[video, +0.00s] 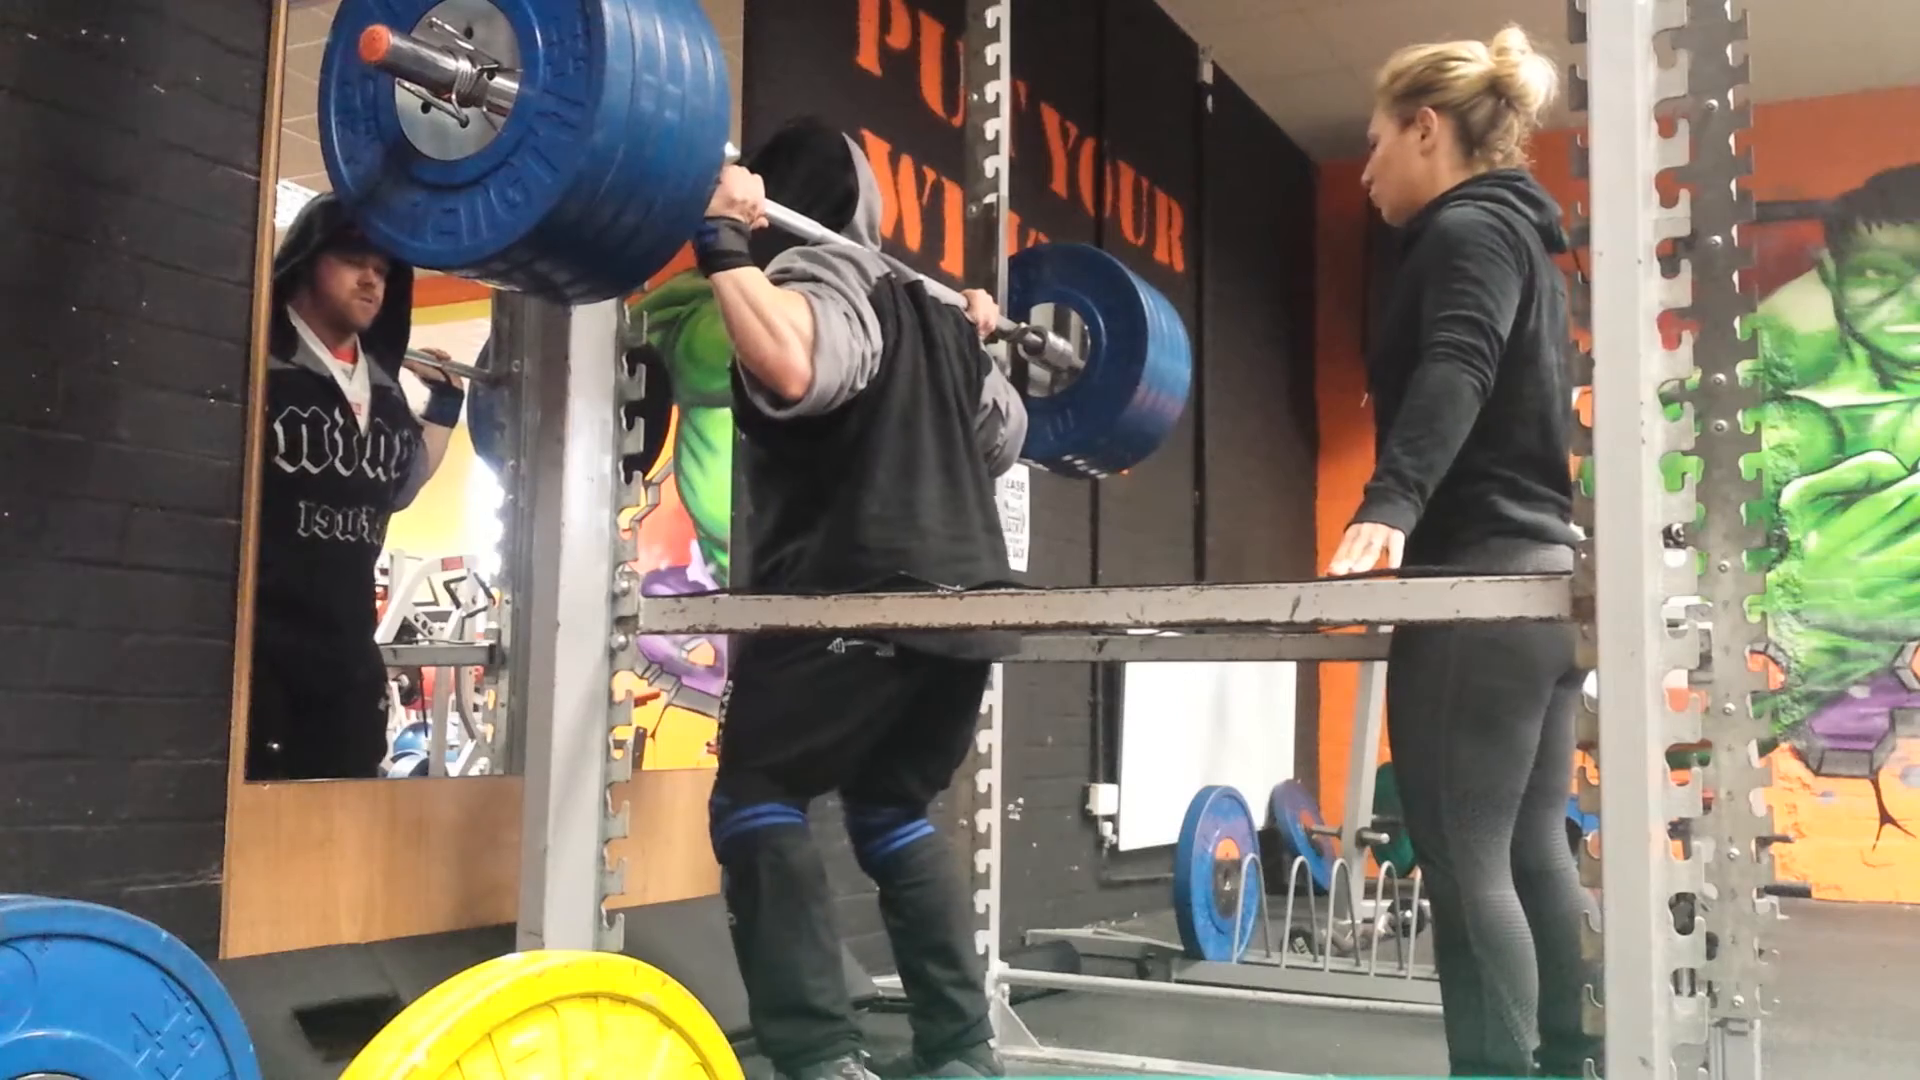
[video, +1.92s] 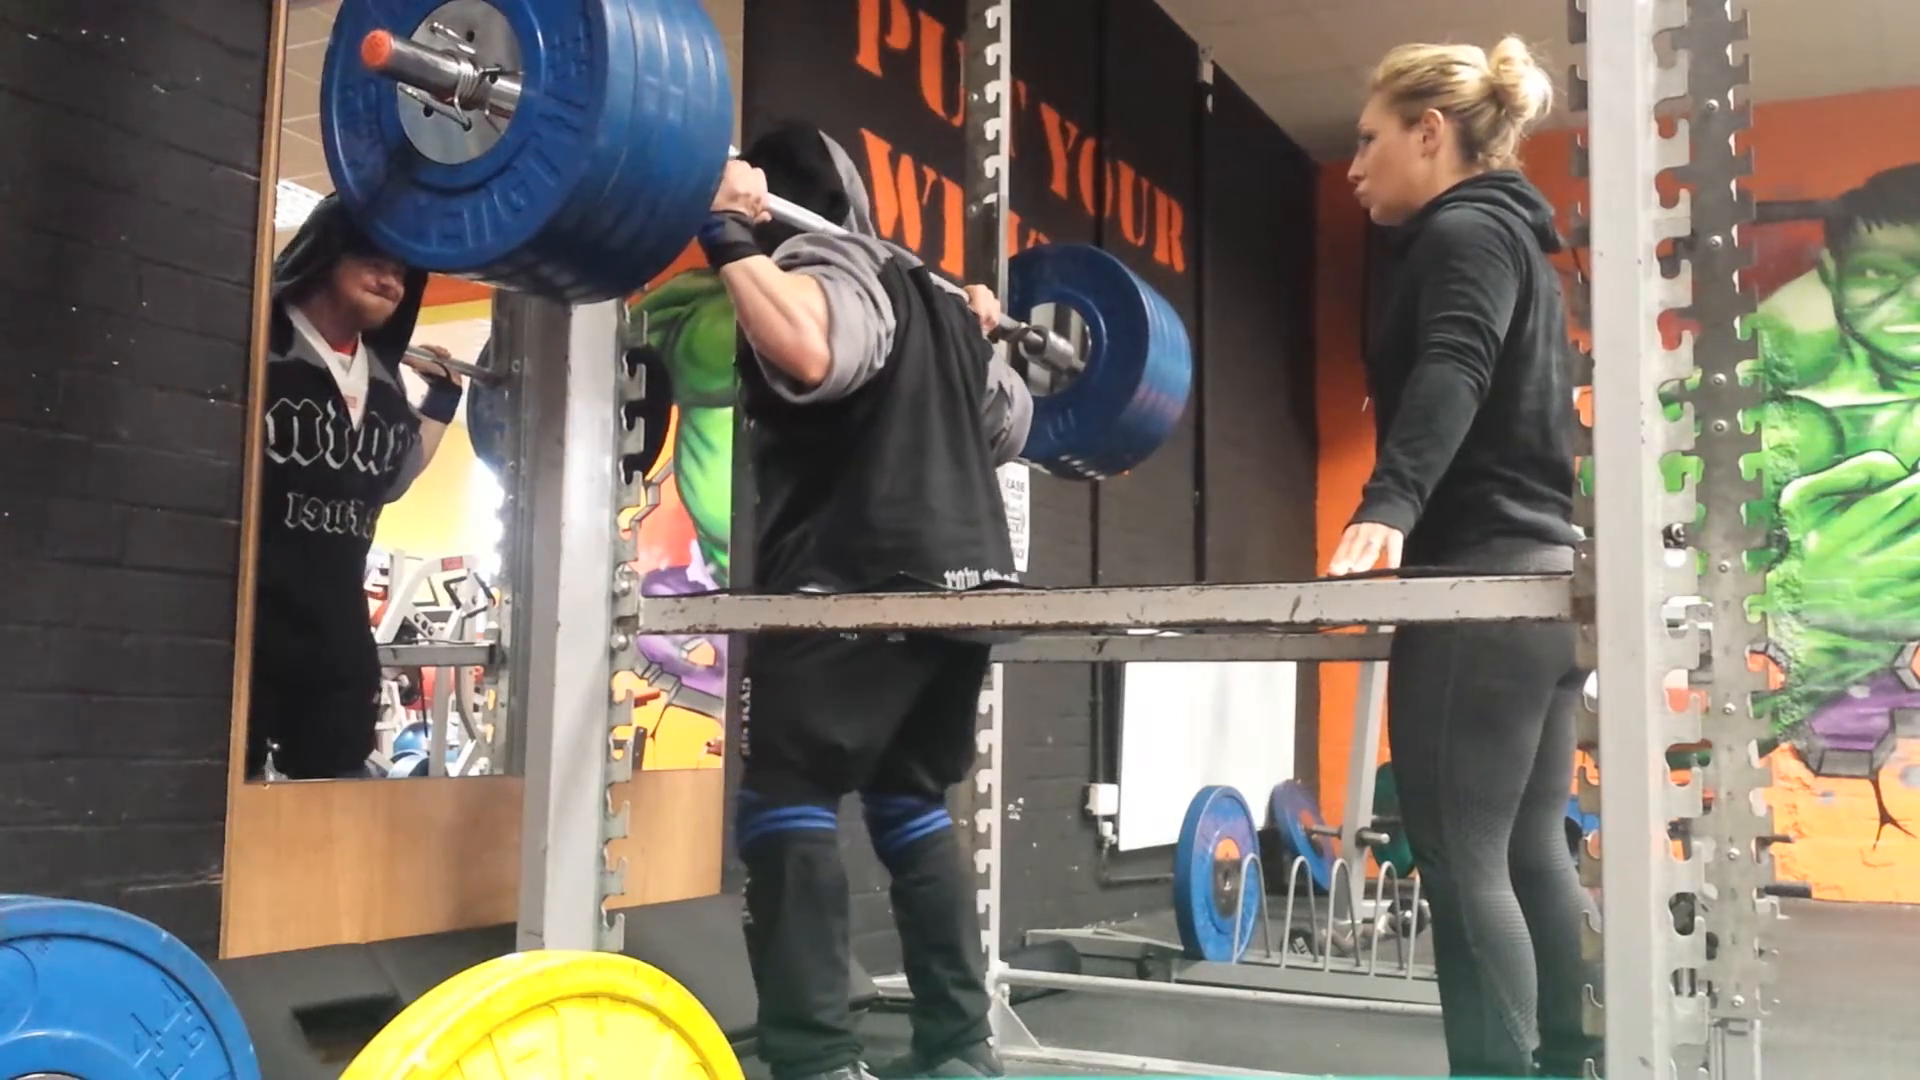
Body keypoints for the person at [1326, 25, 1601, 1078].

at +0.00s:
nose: (1366, 170)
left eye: (1375, 143)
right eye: (1368, 146)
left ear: (1430, 132)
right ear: (1445, 134)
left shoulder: (1469, 225)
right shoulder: (1515, 225)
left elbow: (1457, 363)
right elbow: (1524, 411)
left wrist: (1386, 511)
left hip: (1479, 582)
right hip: (1535, 580)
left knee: (1467, 863)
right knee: (1536, 845)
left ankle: (1494, 1073)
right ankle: (1569, 1065)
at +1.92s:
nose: (1355, 167)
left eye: (1368, 142)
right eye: (1356, 145)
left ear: (1433, 133)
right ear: (1440, 136)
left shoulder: (1466, 227)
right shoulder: (1509, 226)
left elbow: (1455, 361)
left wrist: (1386, 510)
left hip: (1483, 573)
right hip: (1539, 572)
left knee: (1464, 861)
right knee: (1534, 846)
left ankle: (1496, 1071)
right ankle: (1570, 1064)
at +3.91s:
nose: (1479, 167)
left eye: (1489, 140)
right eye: (1479, 146)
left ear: (1551, 128)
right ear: (1556, 133)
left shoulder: (1571, 257)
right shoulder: (1597, 246)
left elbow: (1546, 437)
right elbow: (1558, 448)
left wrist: (1416, 528)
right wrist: (1454, 546)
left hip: (1585, 585)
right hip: (1605, 578)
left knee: (1578, 827)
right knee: (1594, 825)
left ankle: (1613, 1047)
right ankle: (1637, 1042)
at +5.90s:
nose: (1544, 179)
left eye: (1562, 148)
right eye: (1537, 155)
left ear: (1626, 135)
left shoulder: (1669, 242)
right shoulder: (1661, 238)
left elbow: (1650, 436)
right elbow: (1611, 434)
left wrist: (1499, 490)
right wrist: (1493, 486)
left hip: (1682, 588)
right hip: (1695, 580)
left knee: (1655, 853)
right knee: (1694, 852)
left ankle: (1674, 1059)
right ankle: (1713, 1056)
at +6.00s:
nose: (1545, 176)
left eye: (1563, 147)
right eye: (1539, 151)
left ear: (1628, 134)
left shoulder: (1674, 239)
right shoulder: (1660, 236)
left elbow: (1651, 435)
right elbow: (1608, 433)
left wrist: (1499, 492)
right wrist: (1491, 488)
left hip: (1685, 587)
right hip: (1690, 581)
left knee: (1660, 853)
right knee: (1694, 853)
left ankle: (1688, 1061)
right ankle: (1718, 1058)